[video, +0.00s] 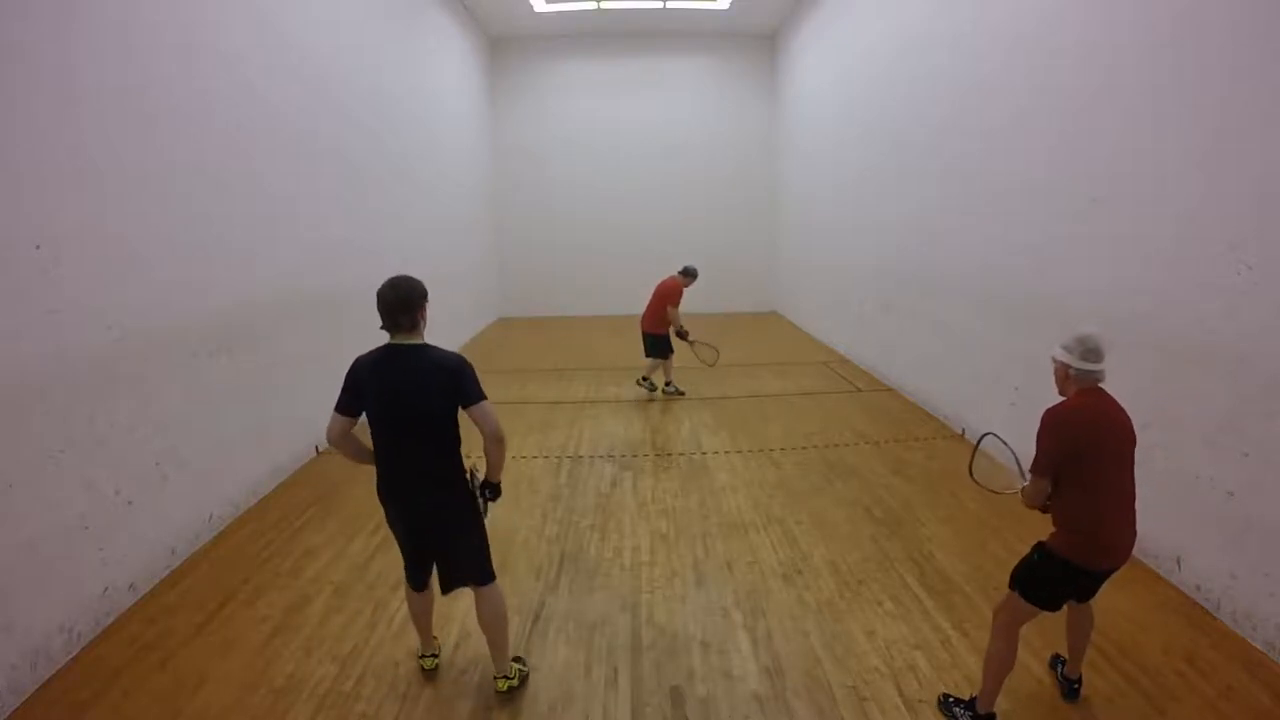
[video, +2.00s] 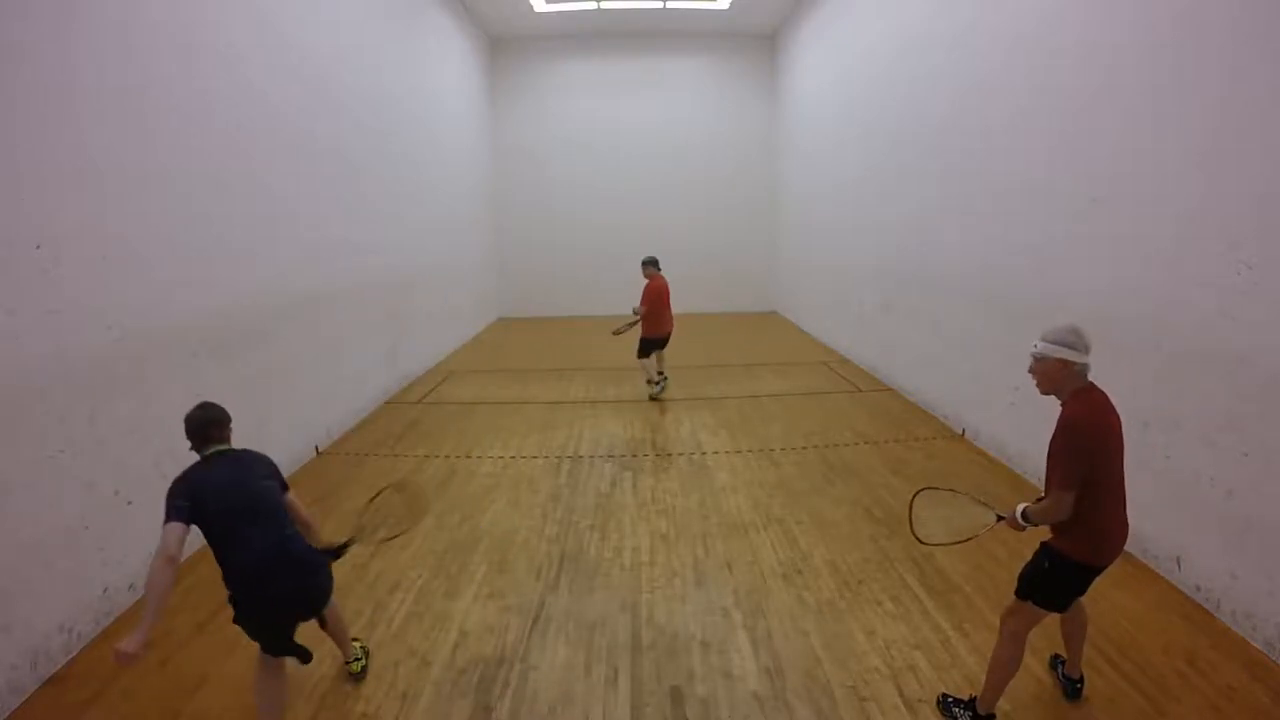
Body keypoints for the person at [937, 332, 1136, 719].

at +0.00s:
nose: (1053, 372)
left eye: (1057, 365)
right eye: (1055, 365)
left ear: (1067, 371)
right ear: (1096, 372)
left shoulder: (1059, 417)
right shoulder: (1117, 414)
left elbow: (1037, 494)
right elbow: (1105, 479)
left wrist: (1030, 495)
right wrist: (1052, 496)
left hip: (1075, 546)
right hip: (1117, 545)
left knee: (1007, 616)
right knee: (1080, 598)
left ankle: (982, 708)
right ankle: (1073, 676)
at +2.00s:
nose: (1031, 369)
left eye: (1039, 361)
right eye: (1033, 360)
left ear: (1066, 367)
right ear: (1071, 368)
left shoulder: (1074, 421)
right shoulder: (1096, 404)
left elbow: (1060, 507)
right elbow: (1088, 481)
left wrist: (1022, 515)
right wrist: (1043, 504)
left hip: (1076, 545)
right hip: (1105, 536)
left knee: (1014, 622)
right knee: (1069, 598)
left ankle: (982, 708)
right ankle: (1073, 675)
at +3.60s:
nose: (1092, 370)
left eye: (1096, 361)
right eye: (1092, 361)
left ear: (1118, 360)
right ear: (1125, 360)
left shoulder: (1121, 411)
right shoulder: (1152, 402)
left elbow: (1090, 484)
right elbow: (1135, 474)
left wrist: (1043, 470)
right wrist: (1088, 495)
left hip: (1110, 537)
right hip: (1137, 536)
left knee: (1048, 616)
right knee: (1089, 602)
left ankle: (1015, 704)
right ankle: (1076, 673)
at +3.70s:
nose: (1098, 367)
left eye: (1103, 358)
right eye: (1098, 358)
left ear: (1126, 359)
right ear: (1134, 361)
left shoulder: (1125, 410)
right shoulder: (1158, 402)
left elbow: (1093, 485)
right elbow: (1139, 475)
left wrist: (1048, 467)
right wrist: (1091, 493)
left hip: (1115, 536)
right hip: (1143, 536)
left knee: (1052, 612)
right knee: (1093, 601)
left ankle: (1043, 706)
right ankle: (1077, 673)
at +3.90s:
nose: (1107, 362)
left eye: (1115, 354)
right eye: (1109, 353)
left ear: (1139, 360)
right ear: (1148, 362)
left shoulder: (1132, 412)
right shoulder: (1167, 407)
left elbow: (1097, 490)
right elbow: (1136, 484)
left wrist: (1053, 468)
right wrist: (1089, 489)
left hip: (1115, 545)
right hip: (1143, 543)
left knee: (1073, 631)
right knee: (1093, 608)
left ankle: (1077, 712)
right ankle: (1074, 668)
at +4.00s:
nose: (1089, 366)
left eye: (1096, 360)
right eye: (1092, 358)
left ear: (1118, 368)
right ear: (1130, 370)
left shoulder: (1109, 419)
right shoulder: (1152, 411)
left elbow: (1085, 504)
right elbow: (1135, 488)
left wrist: (1066, 507)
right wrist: (1085, 506)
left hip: (1106, 557)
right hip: (1143, 556)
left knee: (1040, 636)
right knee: (1095, 619)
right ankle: (1083, 696)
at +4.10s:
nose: (1088, 370)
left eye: (1095, 363)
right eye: (1090, 361)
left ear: (1115, 371)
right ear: (1129, 373)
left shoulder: (1105, 422)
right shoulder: (1149, 413)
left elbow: (1080, 506)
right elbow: (1132, 490)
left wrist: (1063, 510)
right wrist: (1082, 511)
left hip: (1103, 560)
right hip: (1140, 557)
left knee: (1037, 639)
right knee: (1092, 619)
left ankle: (1000, 715)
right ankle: (1083, 696)